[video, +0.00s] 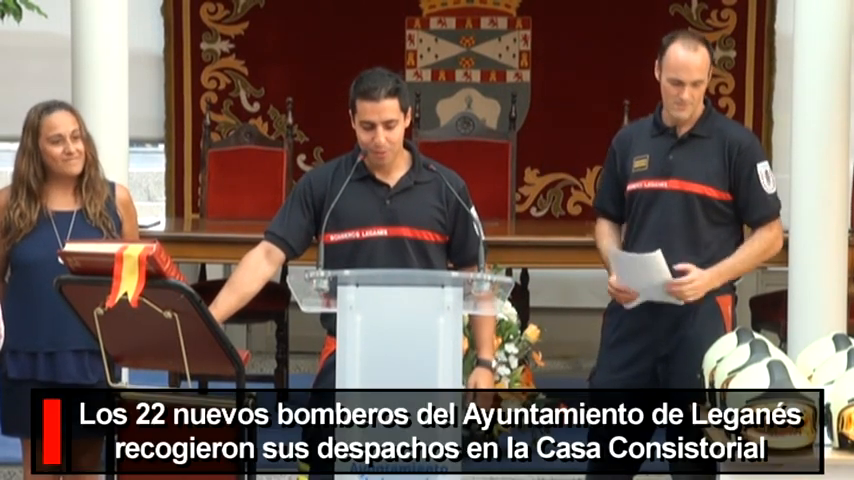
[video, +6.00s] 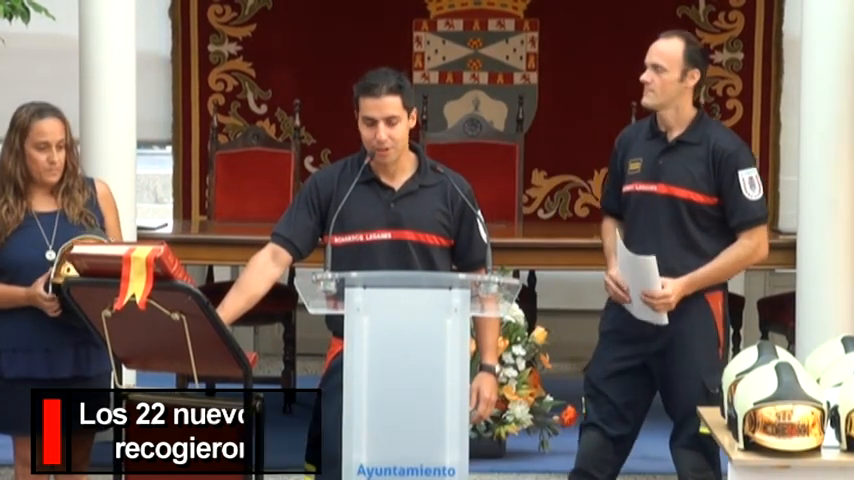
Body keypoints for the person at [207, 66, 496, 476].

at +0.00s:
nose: (379, 139)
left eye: (389, 125)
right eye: (368, 126)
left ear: (408, 119)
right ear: (352, 123)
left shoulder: (447, 188)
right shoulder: (322, 185)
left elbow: (477, 281)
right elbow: (267, 255)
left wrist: (485, 363)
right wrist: (207, 322)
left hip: (428, 353)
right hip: (348, 352)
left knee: (429, 468)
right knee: (330, 464)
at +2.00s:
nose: (379, 139)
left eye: (389, 126)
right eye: (368, 127)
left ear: (407, 119)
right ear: (352, 122)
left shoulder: (445, 188)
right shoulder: (322, 184)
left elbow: (474, 279)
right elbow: (267, 255)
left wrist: (483, 364)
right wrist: (208, 322)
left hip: (427, 353)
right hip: (347, 352)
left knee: (430, 471)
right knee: (330, 468)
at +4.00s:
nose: (383, 139)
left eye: (394, 126)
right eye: (372, 127)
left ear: (412, 120)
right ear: (356, 122)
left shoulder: (450, 190)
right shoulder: (327, 184)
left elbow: (479, 282)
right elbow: (272, 256)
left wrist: (486, 366)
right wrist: (212, 324)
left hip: (431, 356)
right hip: (352, 354)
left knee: (433, 470)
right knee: (330, 464)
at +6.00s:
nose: (380, 135)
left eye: (391, 122)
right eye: (370, 123)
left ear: (412, 120)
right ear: (357, 123)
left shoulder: (452, 191)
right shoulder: (330, 185)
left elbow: (482, 283)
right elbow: (273, 257)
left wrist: (488, 367)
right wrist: (214, 325)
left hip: (432, 357)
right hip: (353, 356)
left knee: (431, 469)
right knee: (337, 467)